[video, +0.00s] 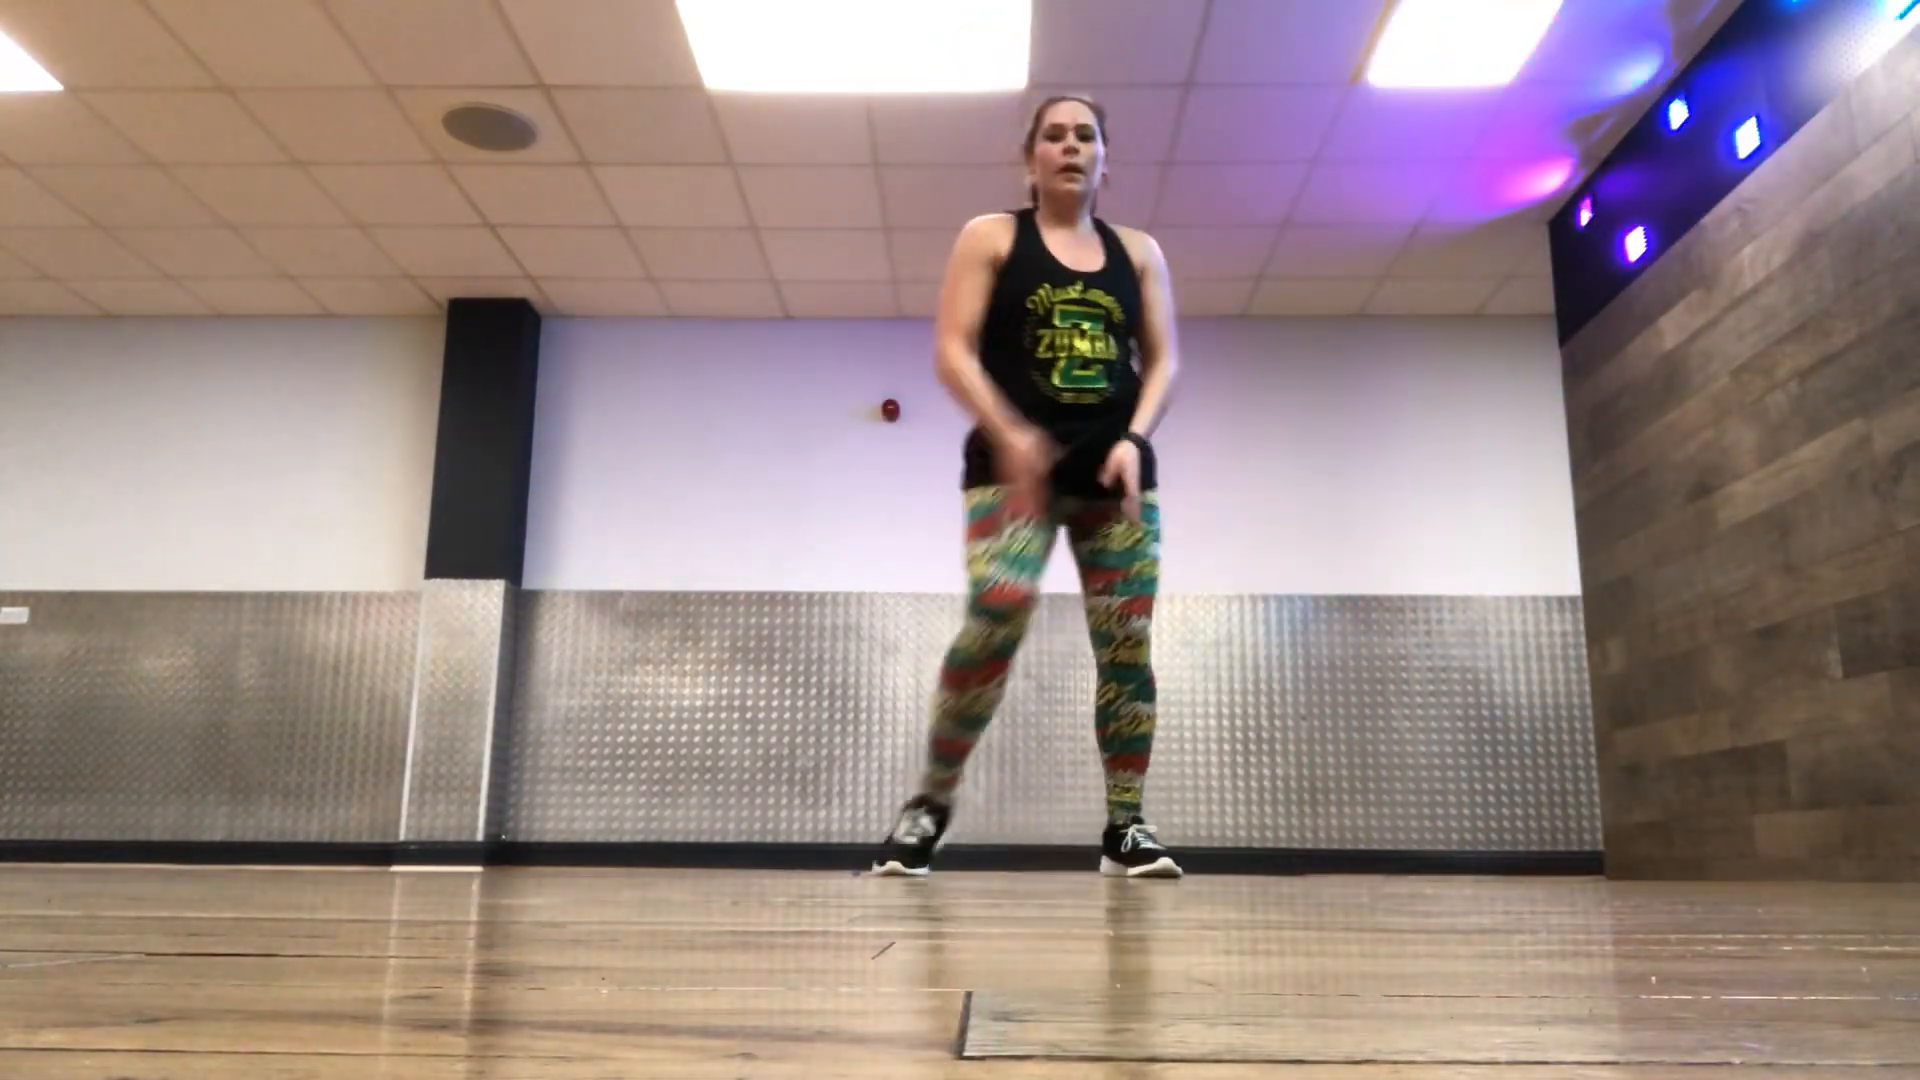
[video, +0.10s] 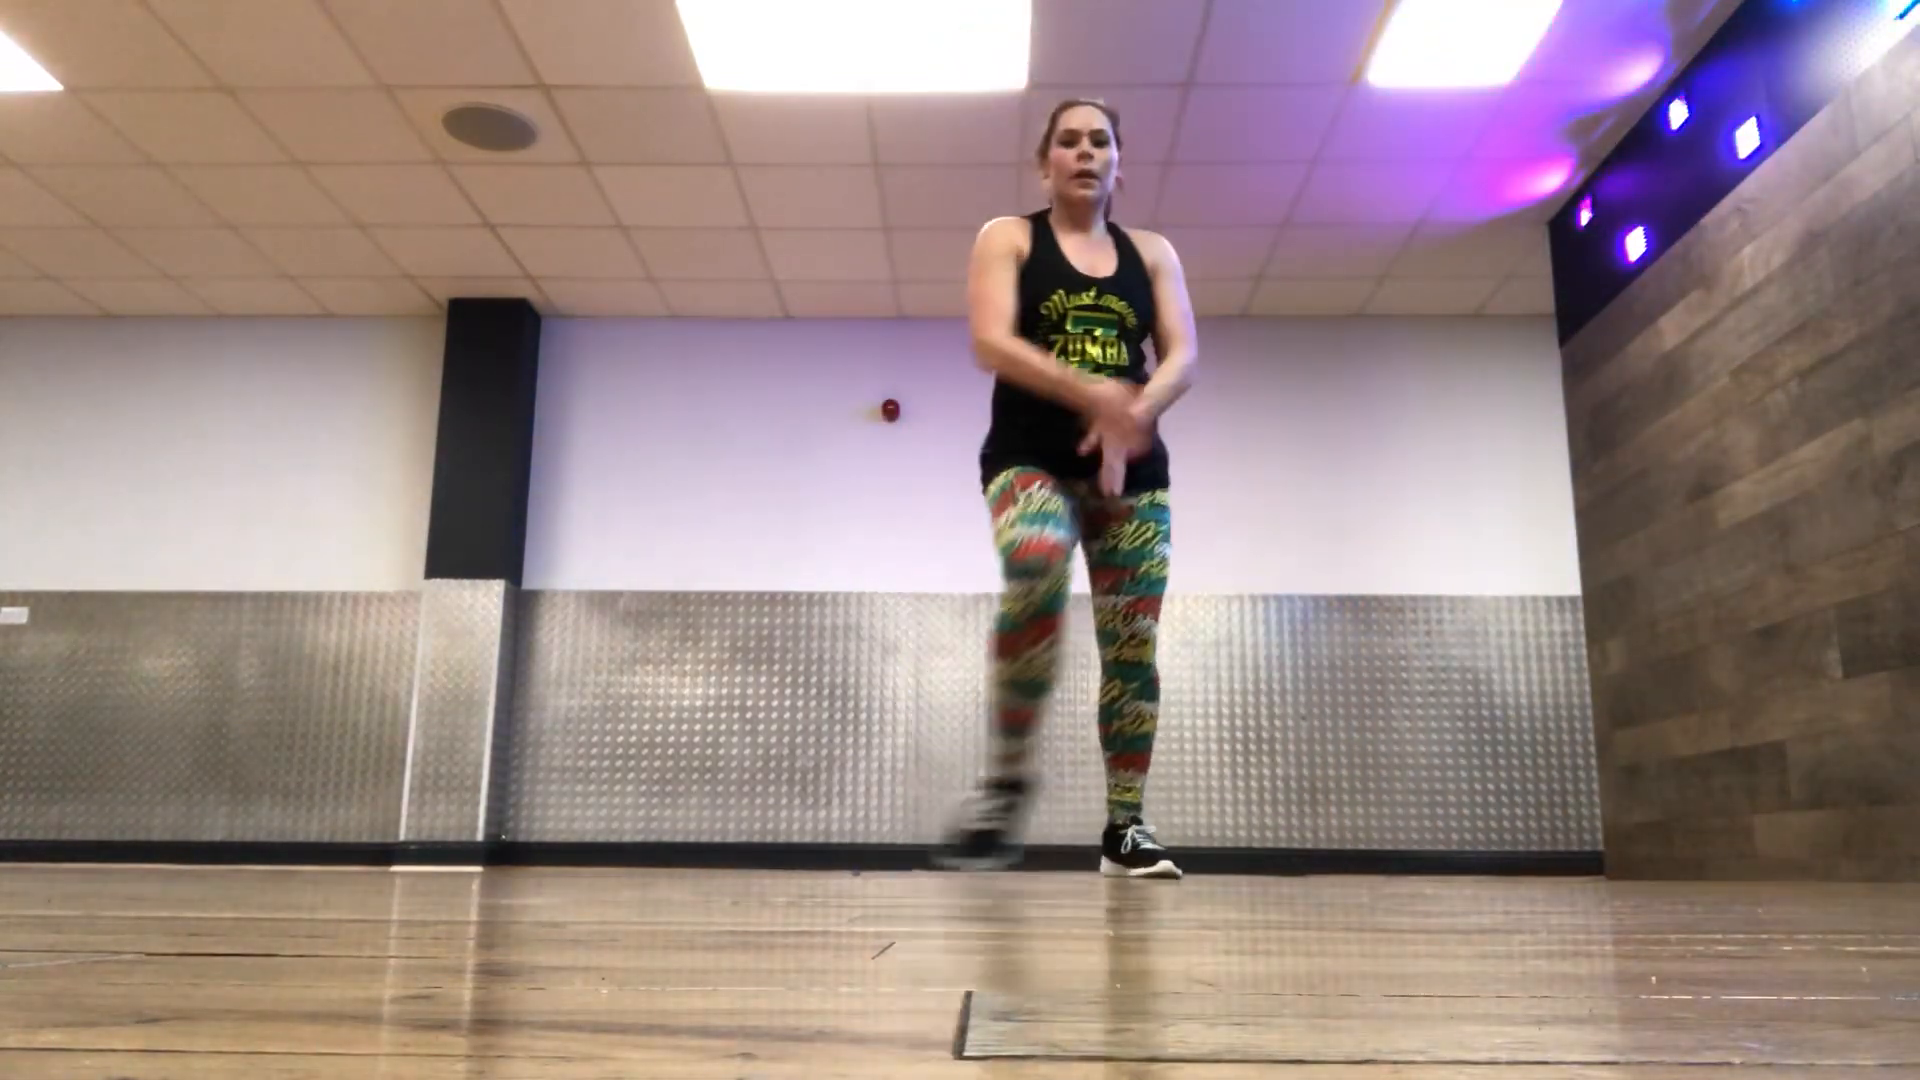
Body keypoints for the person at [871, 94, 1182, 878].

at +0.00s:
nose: (1071, 146)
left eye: (1084, 136)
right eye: (1055, 135)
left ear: (1103, 157)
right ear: (1029, 155)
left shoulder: (1137, 252)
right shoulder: (991, 237)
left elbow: (1161, 358)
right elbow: (952, 352)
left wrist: (1134, 437)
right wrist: (1010, 434)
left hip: (1113, 469)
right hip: (1015, 464)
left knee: (1126, 642)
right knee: (997, 620)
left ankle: (1126, 825)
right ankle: (930, 806)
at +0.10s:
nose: (1086, 152)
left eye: (1099, 141)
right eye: (1071, 141)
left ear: (1117, 161)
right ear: (1044, 161)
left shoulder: (1152, 253)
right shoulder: (1006, 238)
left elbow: (1181, 356)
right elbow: (990, 344)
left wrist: (1133, 417)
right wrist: (1094, 393)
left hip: (1130, 468)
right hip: (1030, 460)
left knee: (1133, 640)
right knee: (1038, 573)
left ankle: (1126, 826)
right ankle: (1005, 787)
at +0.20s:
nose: (1094, 153)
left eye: (1106, 142)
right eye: (1078, 141)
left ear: (1126, 161)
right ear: (1052, 161)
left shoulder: (1160, 250)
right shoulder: (1018, 234)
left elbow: (1182, 350)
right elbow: (1035, 331)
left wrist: (1124, 401)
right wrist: (1152, 382)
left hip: (1139, 468)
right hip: (1040, 462)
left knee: (1138, 641)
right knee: (1078, 569)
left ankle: (1125, 831)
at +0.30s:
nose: (1098, 157)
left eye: (1111, 147)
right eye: (1083, 147)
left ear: (1130, 168)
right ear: (1056, 167)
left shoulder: (1163, 254)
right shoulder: (1023, 240)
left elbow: (1185, 350)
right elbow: (1071, 336)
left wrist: (1118, 384)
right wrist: (1179, 398)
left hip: (1147, 480)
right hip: (1051, 478)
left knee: (1147, 641)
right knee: (1125, 609)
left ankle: (1124, 828)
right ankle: (1211, 784)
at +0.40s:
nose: (1098, 165)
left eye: (1111, 156)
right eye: (1082, 155)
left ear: (1130, 176)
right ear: (1056, 175)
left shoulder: (1163, 263)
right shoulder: (1024, 247)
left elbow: (1187, 361)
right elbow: (1064, 348)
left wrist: (1118, 398)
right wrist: (1175, 414)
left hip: (1154, 486)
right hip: (1060, 490)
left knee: (1161, 648)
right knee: (1148, 634)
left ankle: (1124, 825)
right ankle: (1230, 805)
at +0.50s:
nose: (1092, 167)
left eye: (1105, 156)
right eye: (1077, 156)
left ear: (1127, 176)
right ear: (1053, 176)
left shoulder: (1163, 262)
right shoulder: (1020, 250)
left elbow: (1190, 367)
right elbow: (1023, 353)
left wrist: (1146, 424)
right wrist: (1133, 411)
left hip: (1149, 490)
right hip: (1052, 488)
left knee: (1156, 653)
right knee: (1122, 619)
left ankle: (1122, 827)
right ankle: (1210, 798)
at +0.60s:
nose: (1076, 163)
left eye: (1090, 152)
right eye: (1062, 153)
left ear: (1115, 170)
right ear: (1042, 170)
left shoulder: (1155, 256)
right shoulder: (1006, 246)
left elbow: (1191, 360)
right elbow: (984, 353)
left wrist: (1180, 446)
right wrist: (1061, 406)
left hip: (1138, 486)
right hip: (1037, 481)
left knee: (1147, 642)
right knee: (1063, 605)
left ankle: (1126, 820)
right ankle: (1128, 777)